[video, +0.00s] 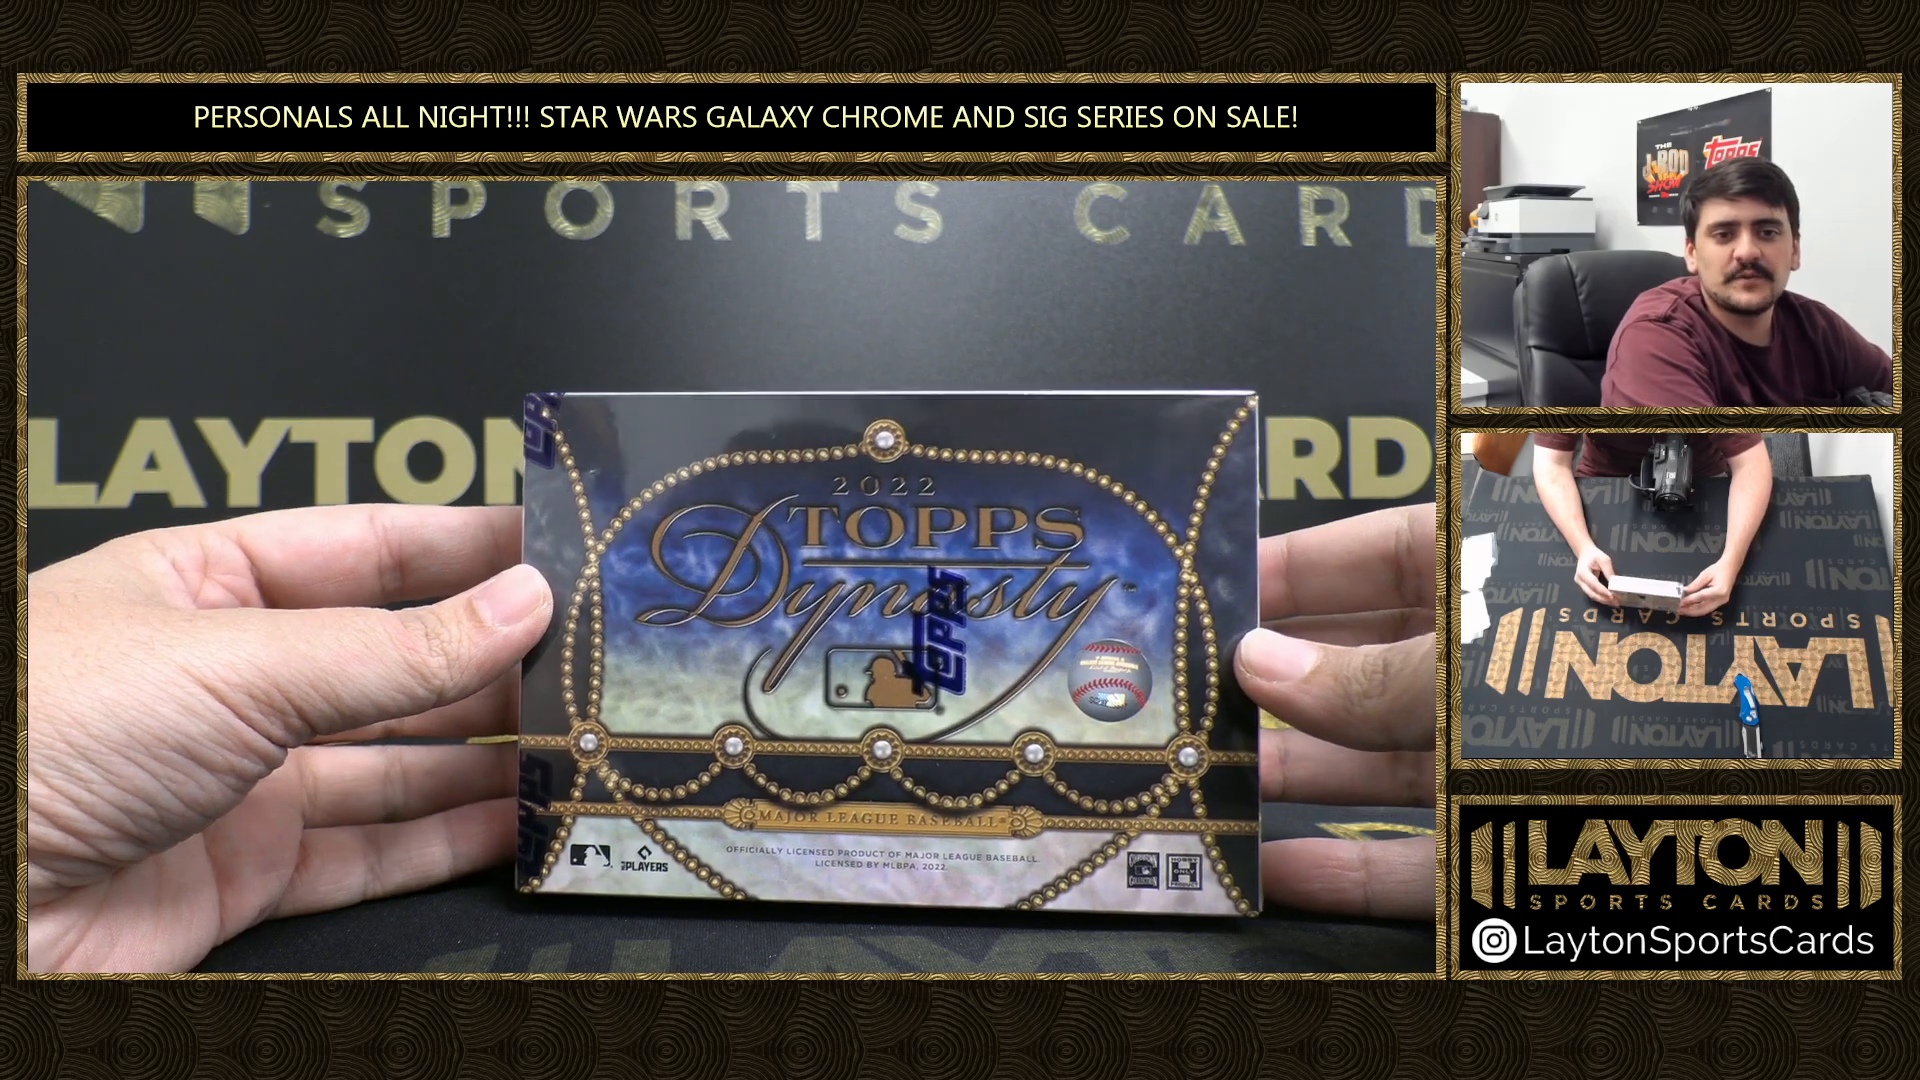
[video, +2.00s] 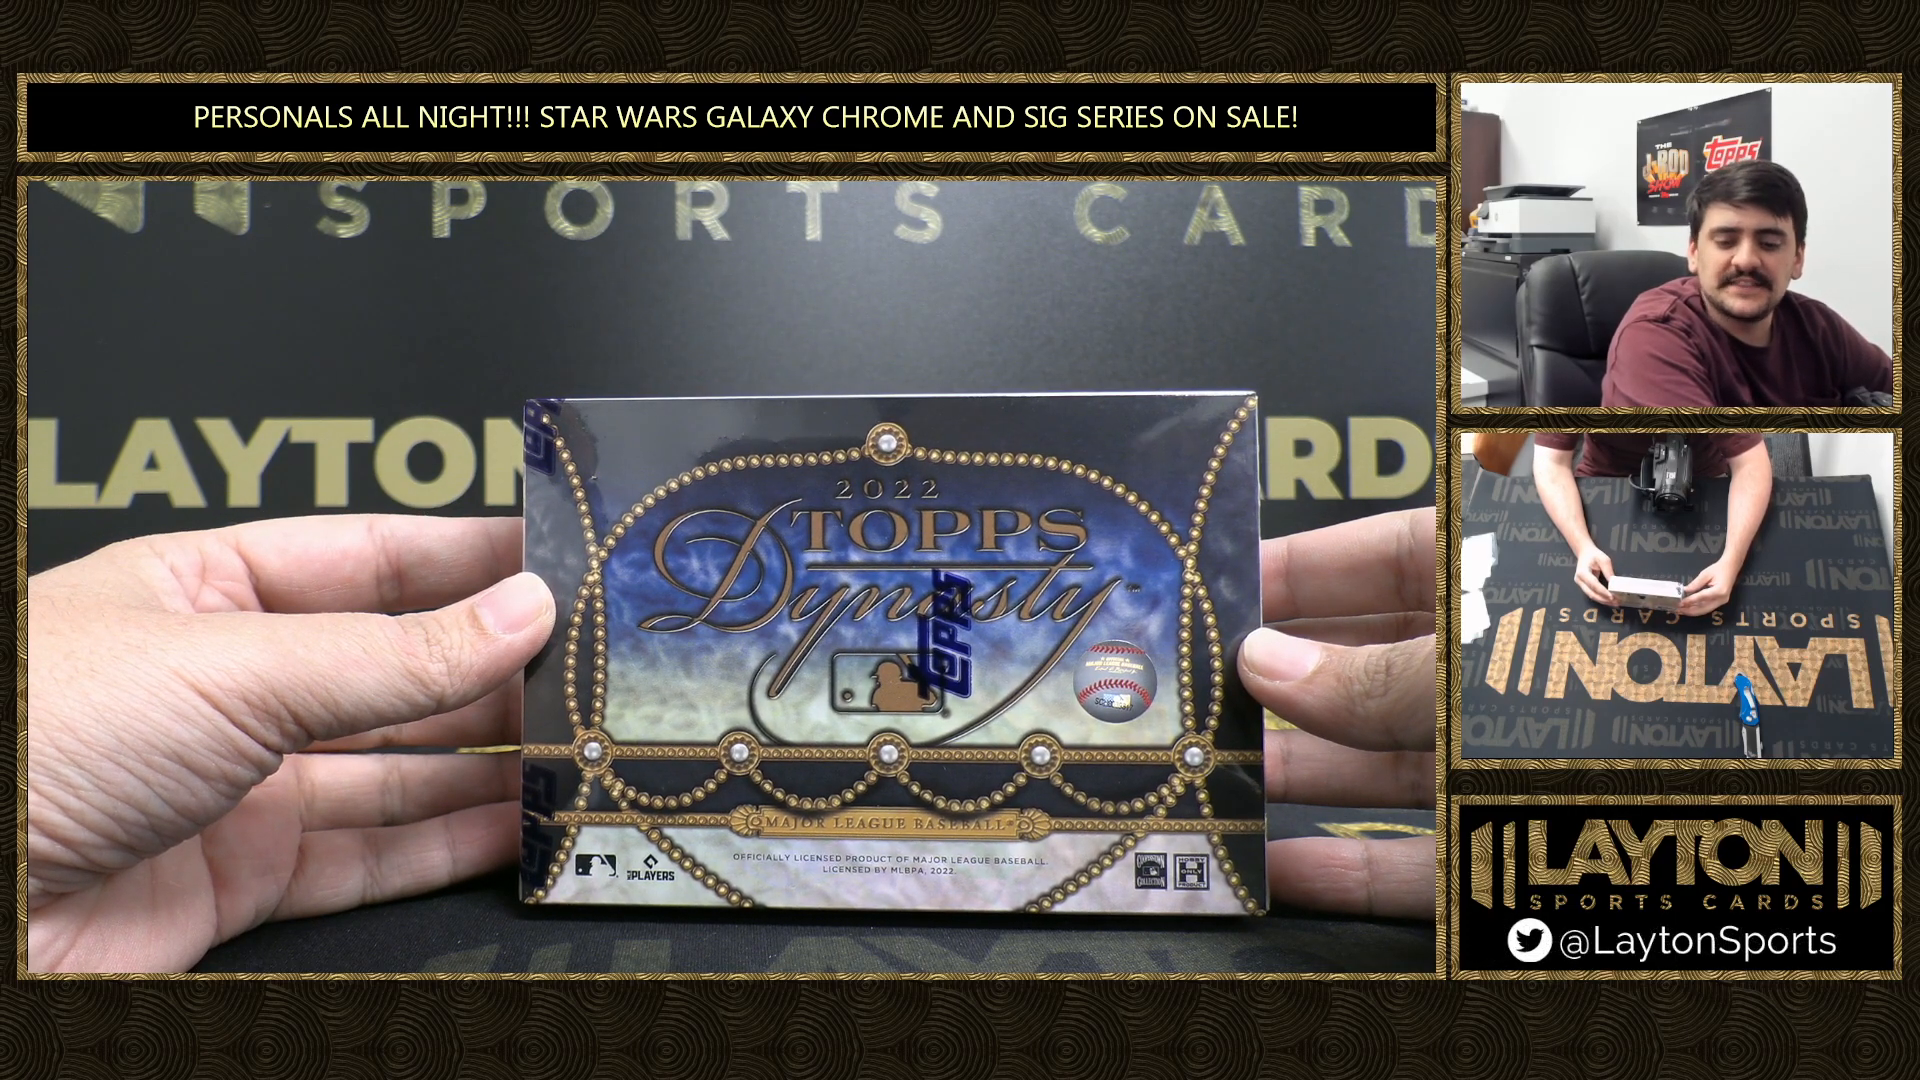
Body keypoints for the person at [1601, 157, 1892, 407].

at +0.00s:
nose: (1747, 252)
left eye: (1767, 233)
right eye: (1724, 235)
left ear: (1795, 251)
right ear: (1691, 254)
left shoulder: (1817, 329)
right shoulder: (1655, 333)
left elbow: (1897, 388)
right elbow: (1747, 460)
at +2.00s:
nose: (1746, 260)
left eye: (1769, 243)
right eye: (1726, 241)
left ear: (1798, 258)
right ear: (1693, 252)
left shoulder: (1818, 329)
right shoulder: (1655, 333)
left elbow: (1897, 388)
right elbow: (1746, 462)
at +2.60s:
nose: (1748, 251)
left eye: (1771, 234)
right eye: (1728, 233)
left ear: (1800, 256)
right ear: (1696, 251)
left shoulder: (1818, 329)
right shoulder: (1657, 333)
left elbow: (1896, 387)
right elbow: (1746, 460)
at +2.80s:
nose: (1748, 250)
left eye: (1771, 234)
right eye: (1728, 232)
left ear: (1800, 255)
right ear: (1696, 250)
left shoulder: (1818, 329)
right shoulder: (1656, 332)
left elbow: (1896, 388)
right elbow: (1746, 460)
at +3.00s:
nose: (1749, 251)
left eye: (1771, 234)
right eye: (1728, 232)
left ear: (1799, 255)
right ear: (1695, 250)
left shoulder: (1818, 329)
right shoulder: (1656, 332)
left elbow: (1896, 388)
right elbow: (1746, 460)